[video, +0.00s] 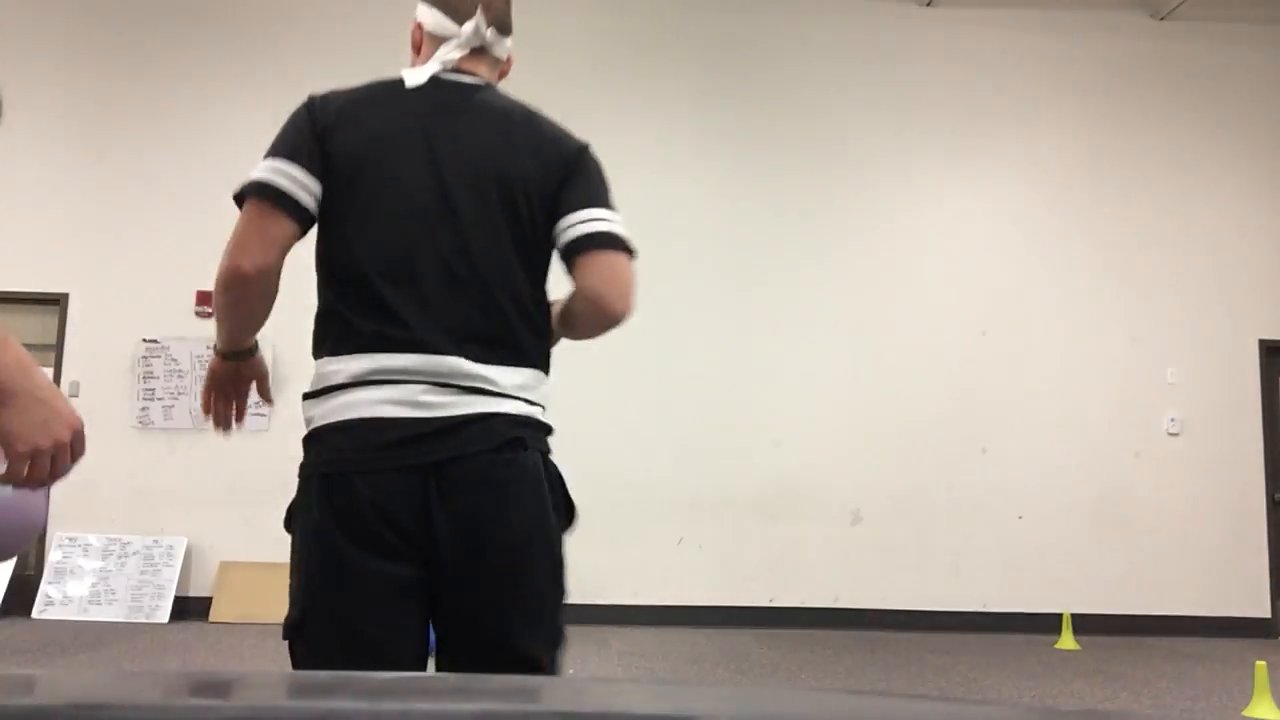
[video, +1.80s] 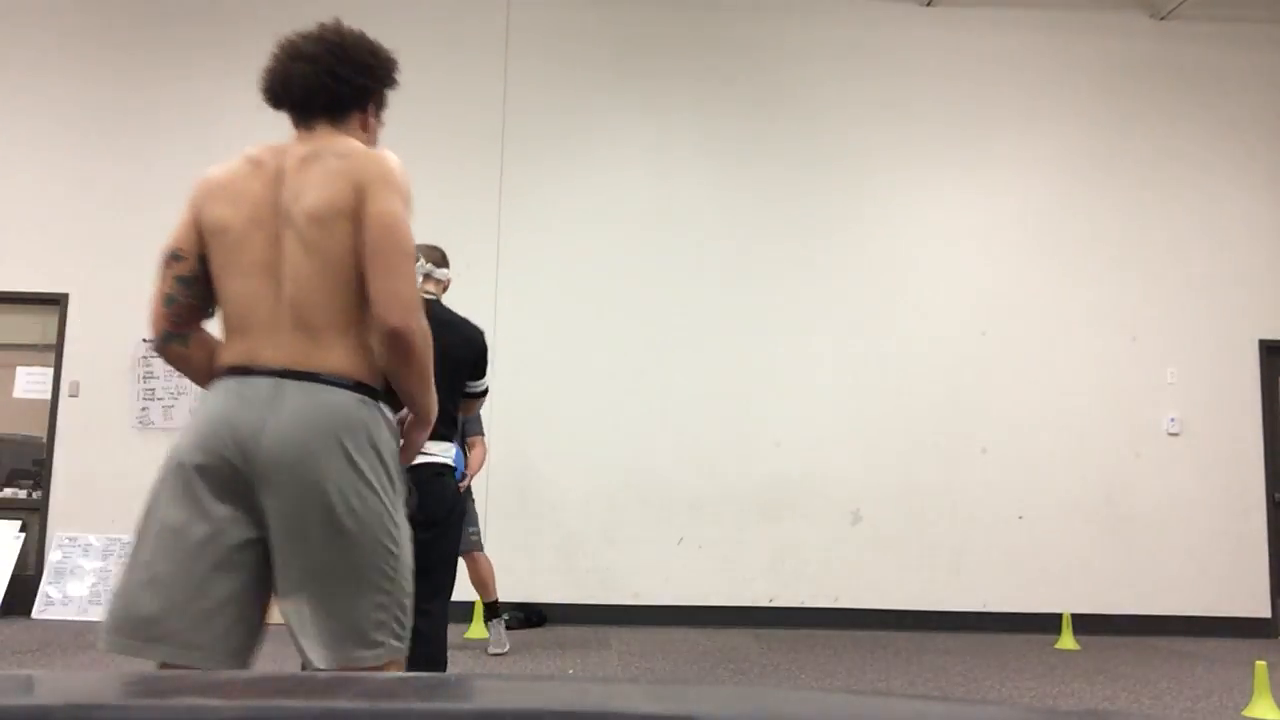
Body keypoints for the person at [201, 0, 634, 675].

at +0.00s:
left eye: (416, 33)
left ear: (416, 38)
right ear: (507, 64)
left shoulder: (330, 117)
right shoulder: (556, 148)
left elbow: (248, 264)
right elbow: (610, 298)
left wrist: (235, 352)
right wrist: (543, 323)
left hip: (354, 462)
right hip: (501, 465)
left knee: (350, 705)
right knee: (507, 703)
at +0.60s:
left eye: (422, 153)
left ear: (420, 159)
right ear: (493, 170)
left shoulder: (371, 214)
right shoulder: (525, 254)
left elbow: (327, 307)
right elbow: (543, 376)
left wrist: (265, 412)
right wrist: (490, 335)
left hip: (361, 481)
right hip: (469, 485)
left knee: (331, 670)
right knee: (454, 681)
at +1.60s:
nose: (413, 267)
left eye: (412, 260)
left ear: (411, 261)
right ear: (461, 270)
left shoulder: (374, 301)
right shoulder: (481, 326)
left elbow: (343, 373)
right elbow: (469, 398)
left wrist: (344, 433)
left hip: (368, 462)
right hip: (439, 471)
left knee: (348, 595)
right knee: (428, 616)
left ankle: (338, 715)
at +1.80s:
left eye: (414, 274)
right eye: (443, 281)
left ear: (403, 275)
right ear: (445, 281)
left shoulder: (375, 322)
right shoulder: (466, 334)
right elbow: (471, 404)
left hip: (377, 473)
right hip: (436, 475)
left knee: (377, 592)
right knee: (430, 599)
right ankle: (424, 700)